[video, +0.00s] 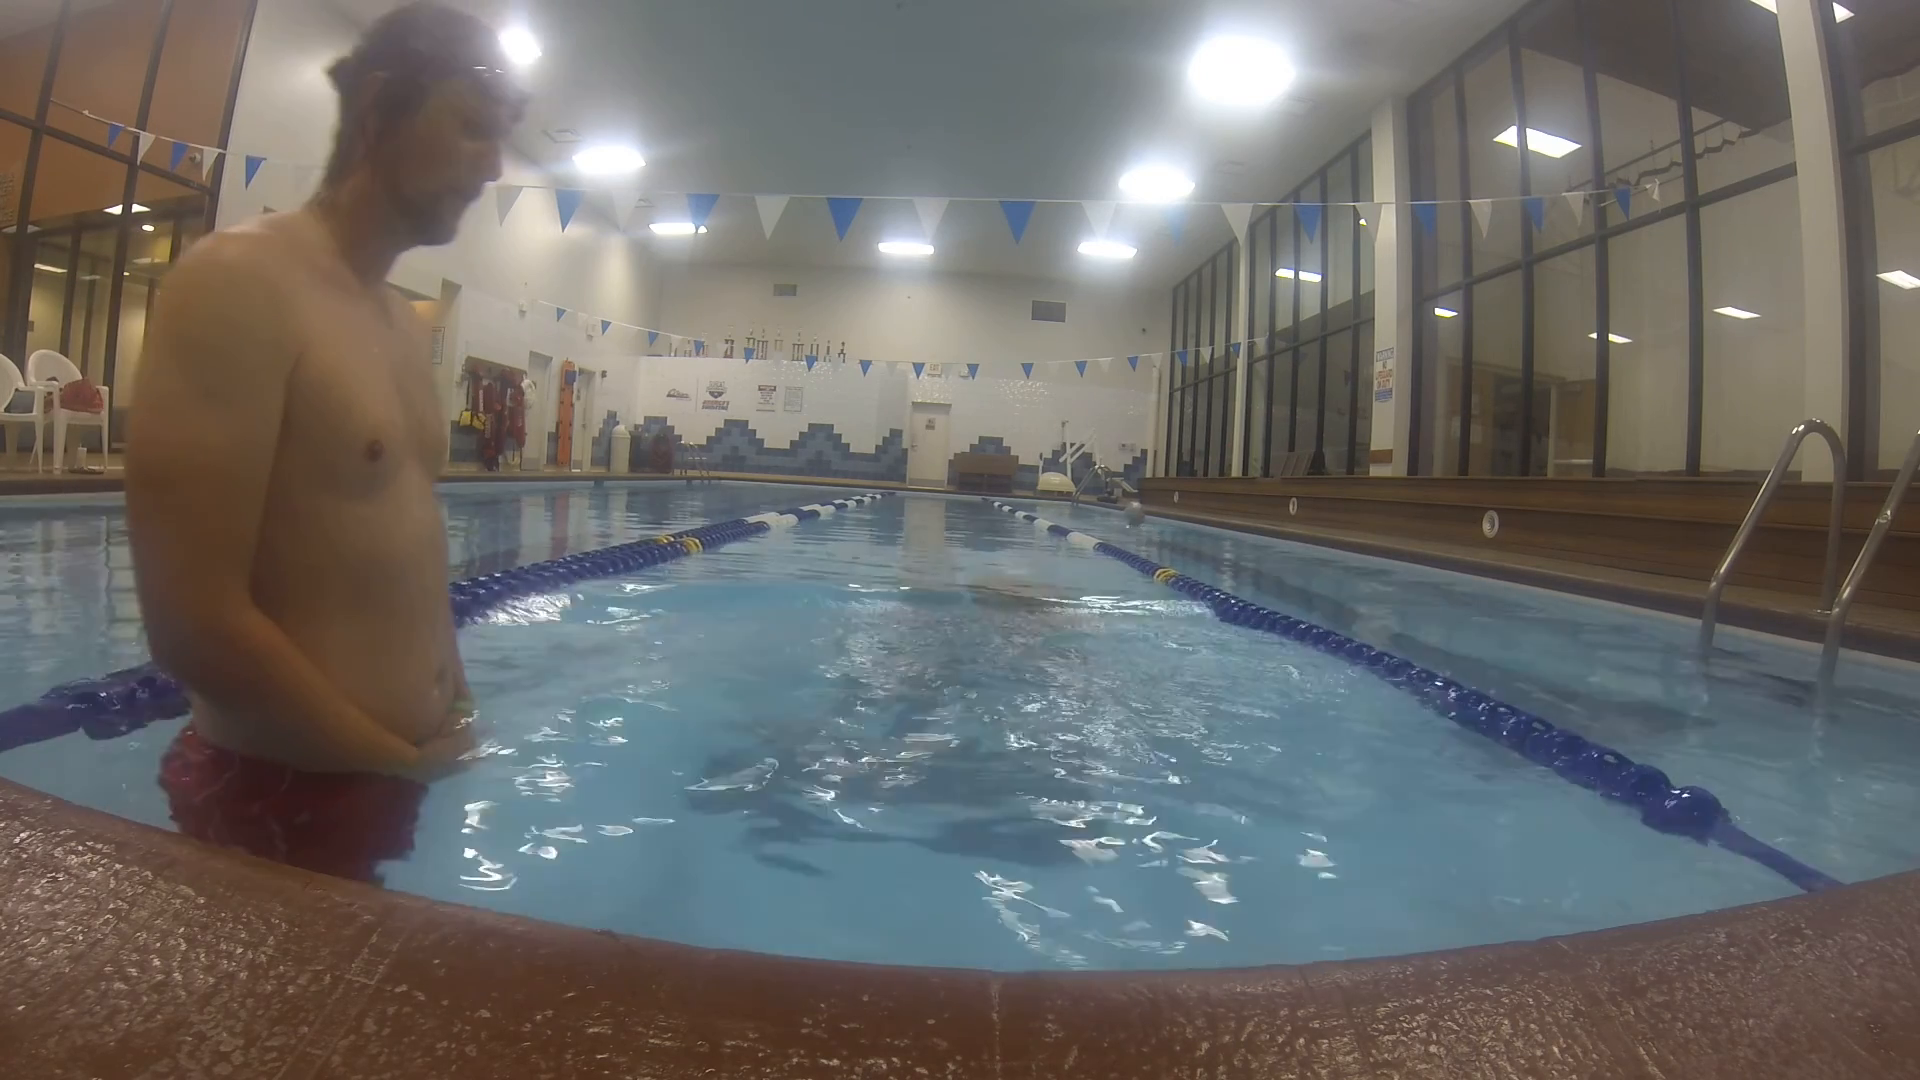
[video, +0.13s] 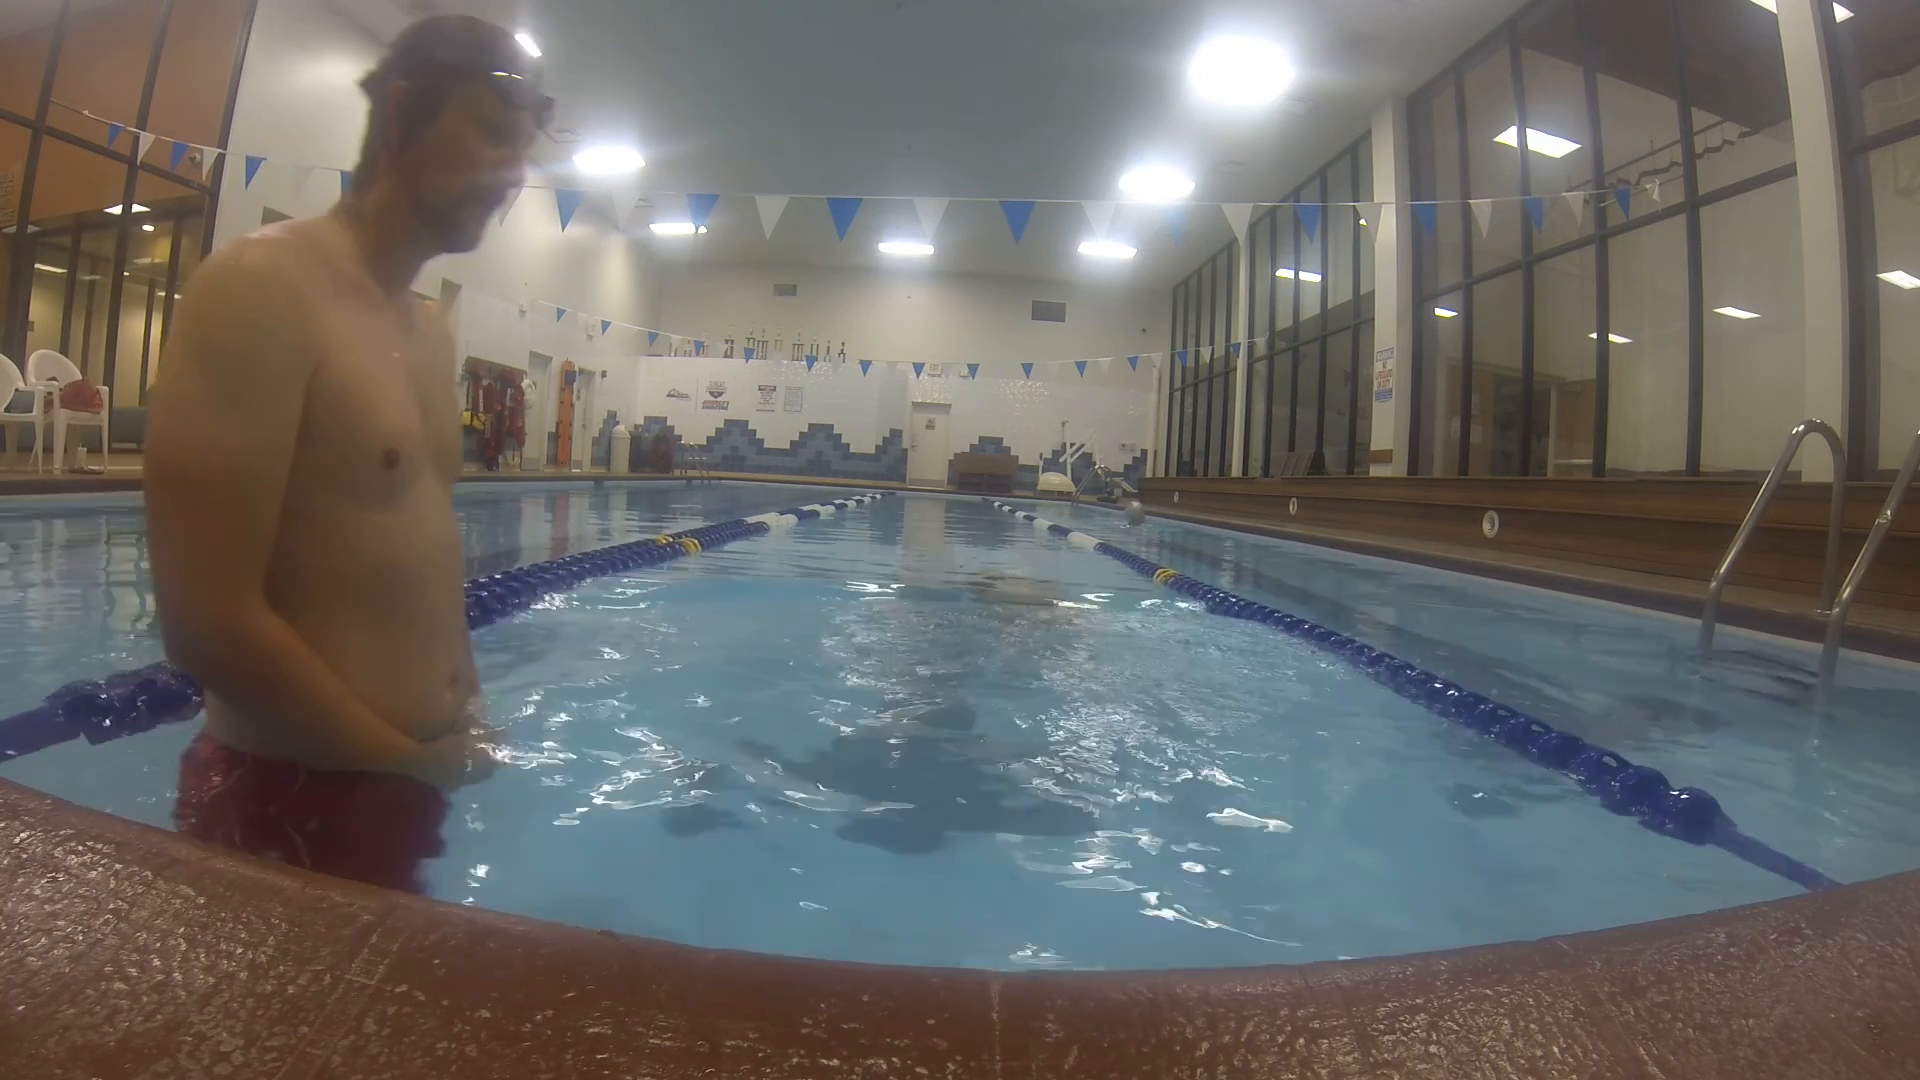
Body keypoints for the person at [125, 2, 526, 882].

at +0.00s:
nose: (494, 167)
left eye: (500, 142)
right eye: (474, 130)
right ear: (377, 115)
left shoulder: (403, 320)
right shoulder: (235, 282)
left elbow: (400, 554)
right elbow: (192, 622)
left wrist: (450, 707)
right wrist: (400, 764)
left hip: (373, 784)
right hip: (274, 799)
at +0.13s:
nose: (518, 172)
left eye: (527, 150)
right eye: (497, 134)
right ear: (400, 113)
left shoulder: (430, 325)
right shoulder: (258, 287)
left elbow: (408, 565)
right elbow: (208, 623)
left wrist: (460, 717)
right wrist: (410, 766)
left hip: (391, 794)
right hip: (284, 802)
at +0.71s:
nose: (647, 185)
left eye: (652, 158)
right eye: (631, 145)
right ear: (542, 126)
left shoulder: (508, 335)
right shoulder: (378, 292)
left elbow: (484, 600)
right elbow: (323, 643)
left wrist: (557, 758)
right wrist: (538, 810)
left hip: (455, 837)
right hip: (380, 846)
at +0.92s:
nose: (775, 186)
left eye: (777, 151)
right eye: (757, 142)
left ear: (661, 127)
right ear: (660, 119)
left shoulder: (578, 313)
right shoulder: (486, 284)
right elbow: (421, 670)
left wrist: (621, 786)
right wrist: (593, 821)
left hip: (501, 869)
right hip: (428, 878)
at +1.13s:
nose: (898, 161)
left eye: (903, 119)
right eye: (893, 110)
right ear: (807, 71)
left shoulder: (664, 251)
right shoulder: (619, 237)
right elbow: (546, 699)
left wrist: (716, 836)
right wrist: (715, 857)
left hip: (577, 909)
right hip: (512, 916)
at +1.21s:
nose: (924, 154)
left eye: (935, 114)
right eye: (928, 106)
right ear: (872, 57)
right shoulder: (675, 209)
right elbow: (597, 712)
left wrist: (769, 847)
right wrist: (770, 870)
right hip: (571, 930)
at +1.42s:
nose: (994, 113)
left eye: (1004, 77)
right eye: (1006, 73)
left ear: (837, 48)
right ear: (982, 58)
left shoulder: (706, 179)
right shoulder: (804, 172)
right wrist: (891, 876)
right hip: (716, 932)